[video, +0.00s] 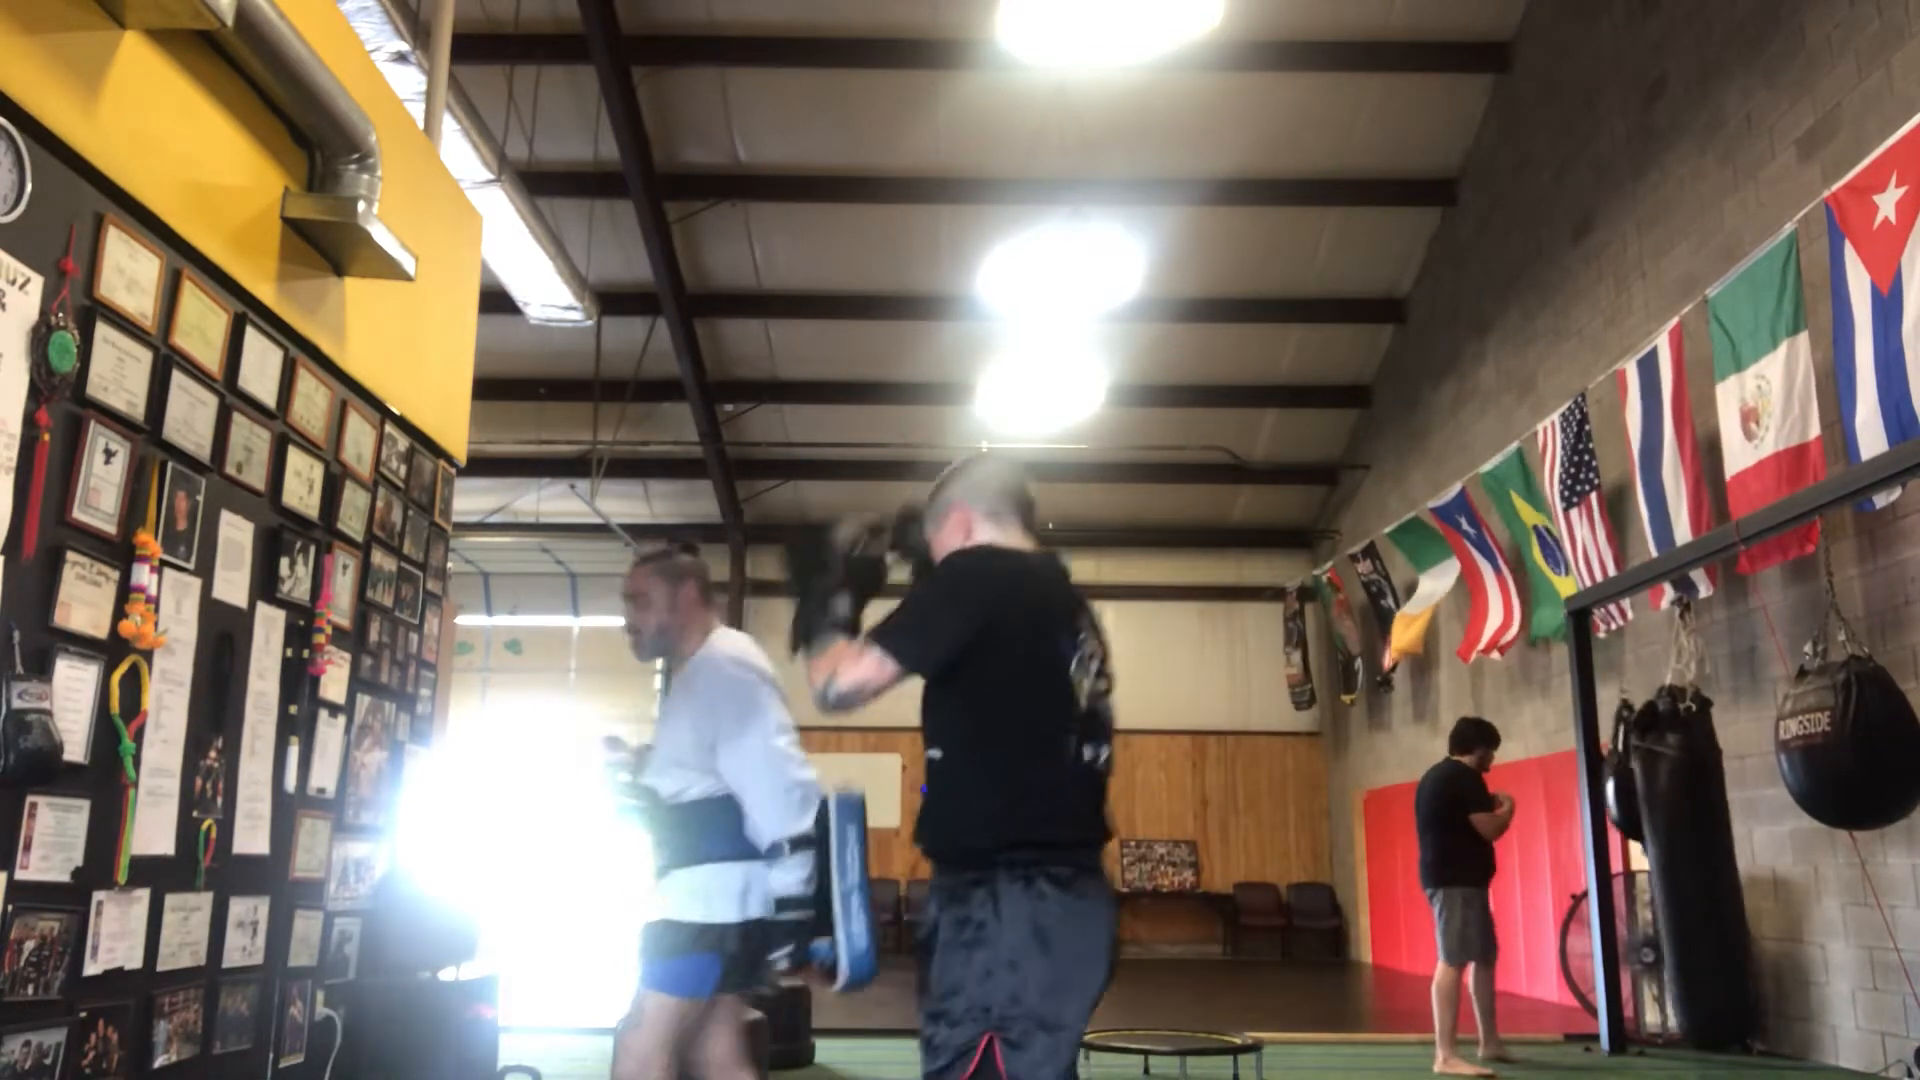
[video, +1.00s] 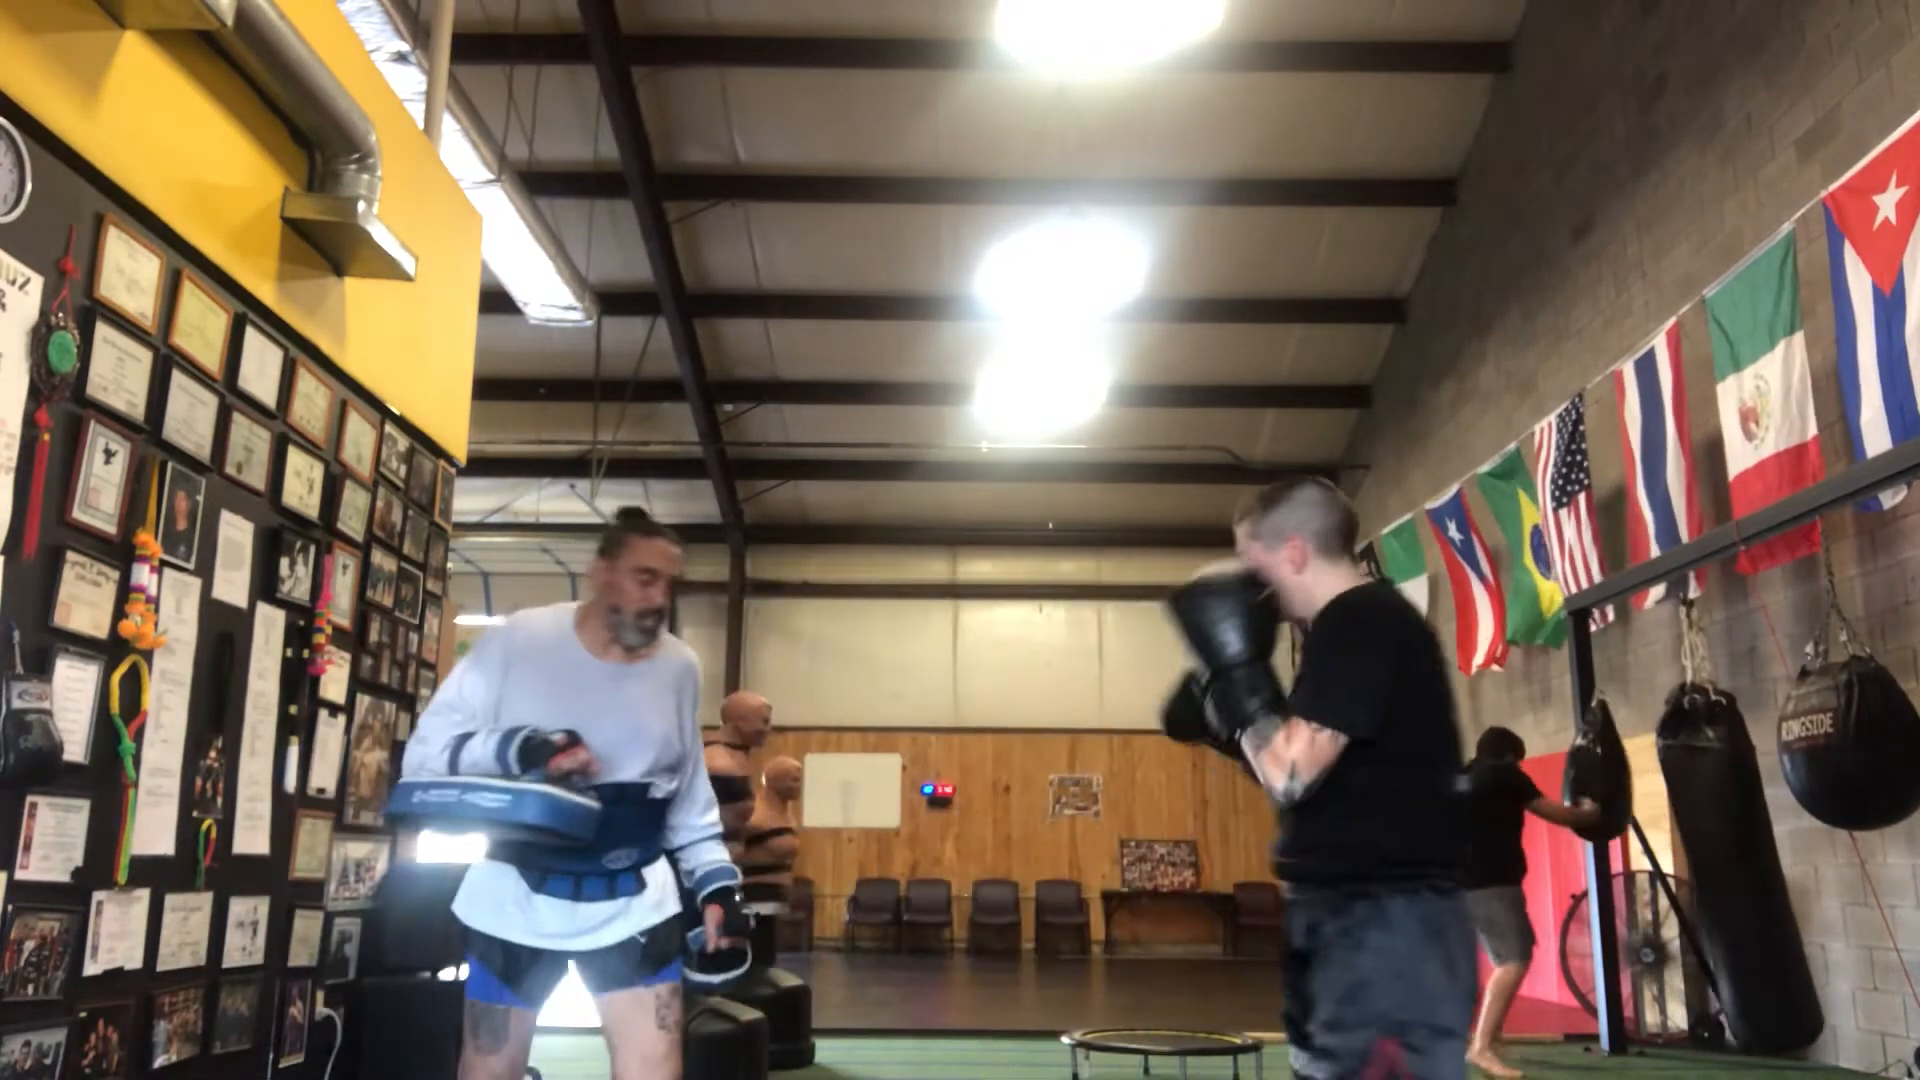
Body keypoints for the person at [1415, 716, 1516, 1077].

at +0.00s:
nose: (1492, 762)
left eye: (1493, 754)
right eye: (1490, 753)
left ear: (1458, 747)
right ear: (1475, 749)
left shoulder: (1435, 777)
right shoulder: (1463, 777)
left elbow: (1473, 826)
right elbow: (1489, 829)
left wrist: (1497, 808)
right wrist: (1507, 808)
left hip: (1464, 883)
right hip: (1455, 884)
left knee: (1483, 958)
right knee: (1451, 963)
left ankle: (1489, 1044)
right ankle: (1444, 1056)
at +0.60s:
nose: (1506, 763)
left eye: (1508, 758)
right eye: (1506, 757)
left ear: (1473, 748)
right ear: (1495, 752)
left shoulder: (1453, 776)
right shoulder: (1485, 772)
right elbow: (1515, 817)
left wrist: (1516, 799)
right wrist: (1530, 800)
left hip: (1462, 880)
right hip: (1486, 878)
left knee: (1488, 960)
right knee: (1505, 954)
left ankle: (1485, 1043)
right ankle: (1483, 1044)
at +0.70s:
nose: (1510, 762)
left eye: (1511, 757)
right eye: (1510, 757)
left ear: (1475, 748)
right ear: (1501, 752)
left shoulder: (1450, 775)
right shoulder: (1495, 768)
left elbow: (1468, 821)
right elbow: (1520, 807)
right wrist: (1547, 820)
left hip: (1459, 879)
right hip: (1491, 877)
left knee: (1486, 961)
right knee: (1511, 956)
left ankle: (1486, 1041)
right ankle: (1484, 1043)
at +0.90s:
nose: (1515, 765)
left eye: (1514, 761)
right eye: (1514, 760)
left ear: (1477, 754)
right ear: (1510, 757)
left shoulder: (1449, 777)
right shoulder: (1512, 775)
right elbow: (1559, 808)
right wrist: (1602, 814)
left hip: (1460, 880)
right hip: (1495, 878)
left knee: (1499, 960)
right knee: (1507, 960)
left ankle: (1490, 1040)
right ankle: (1479, 1049)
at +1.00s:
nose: (1519, 764)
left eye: (1518, 759)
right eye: (1518, 759)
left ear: (1482, 752)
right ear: (1512, 756)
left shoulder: (1463, 778)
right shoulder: (1507, 776)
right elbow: (1550, 811)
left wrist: (1570, 815)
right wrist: (1584, 814)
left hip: (1462, 882)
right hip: (1492, 882)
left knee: (1508, 961)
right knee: (1513, 959)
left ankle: (1482, 1043)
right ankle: (1481, 1048)